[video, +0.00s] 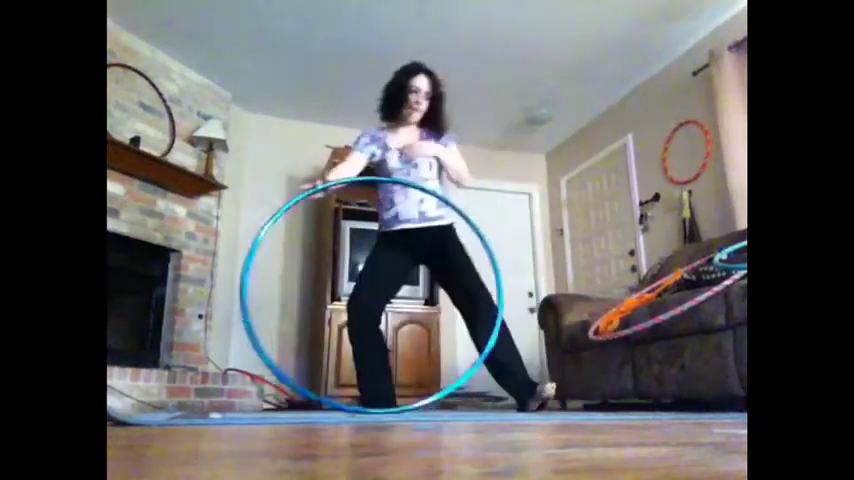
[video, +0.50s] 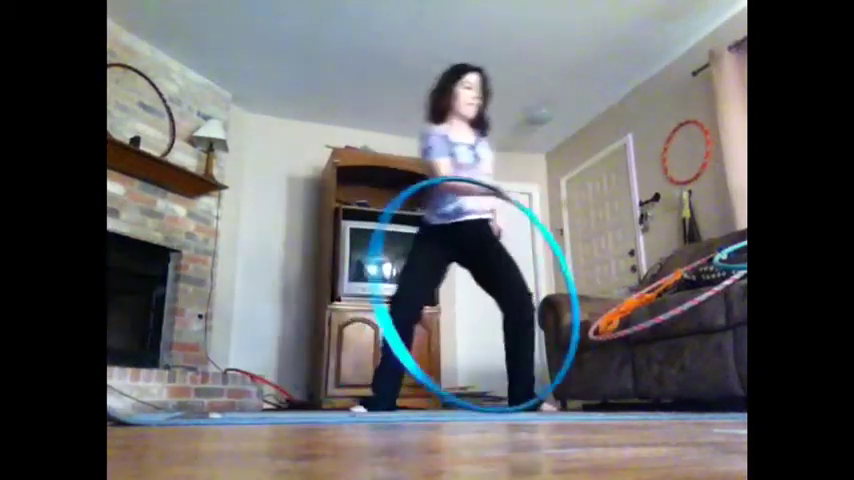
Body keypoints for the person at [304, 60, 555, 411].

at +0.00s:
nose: (418, 100)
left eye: (425, 95)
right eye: (412, 92)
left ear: (432, 101)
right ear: (397, 94)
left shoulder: (440, 139)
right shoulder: (376, 138)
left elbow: (463, 179)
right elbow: (349, 167)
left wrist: (437, 151)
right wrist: (327, 180)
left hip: (439, 234)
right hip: (395, 238)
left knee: (479, 306)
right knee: (361, 309)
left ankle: (526, 392)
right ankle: (379, 406)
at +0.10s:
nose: (416, 105)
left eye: (421, 101)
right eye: (409, 97)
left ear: (425, 108)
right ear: (391, 99)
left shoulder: (433, 145)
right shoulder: (372, 147)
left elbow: (450, 184)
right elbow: (351, 182)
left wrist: (444, 181)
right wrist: (339, 184)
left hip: (440, 236)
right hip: (398, 242)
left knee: (485, 304)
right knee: (361, 311)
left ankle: (525, 395)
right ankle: (380, 407)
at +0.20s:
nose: (418, 105)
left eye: (424, 100)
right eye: (411, 97)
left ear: (428, 107)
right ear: (393, 100)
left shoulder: (435, 145)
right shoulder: (377, 147)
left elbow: (450, 186)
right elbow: (357, 190)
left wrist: (456, 196)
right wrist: (363, 188)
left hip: (444, 236)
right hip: (402, 243)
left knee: (489, 303)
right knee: (366, 308)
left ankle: (523, 399)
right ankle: (380, 404)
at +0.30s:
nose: (429, 103)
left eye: (434, 98)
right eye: (421, 95)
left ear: (438, 106)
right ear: (402, 99)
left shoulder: (443, 144)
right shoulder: (386, 147)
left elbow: (458, 185)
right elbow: (381, 196)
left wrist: (475, 217)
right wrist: (403, 180)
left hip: (451, 234)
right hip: (410, 241)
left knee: (496, 302)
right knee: (375, 306)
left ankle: (520, 397)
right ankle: (378, 402)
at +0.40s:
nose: (452, 99)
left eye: (458, 94)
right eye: (445, 90)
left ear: (463, 102)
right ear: (427, 95)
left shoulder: (466, 142)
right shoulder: (414, 138)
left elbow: (471, 188)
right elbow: (418, 187)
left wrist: (485, 220)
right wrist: (453, 185)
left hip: (466, 233)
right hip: (425, 236)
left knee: (510, 302)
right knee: (390, 306)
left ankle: (522, 398)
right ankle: (381, 401)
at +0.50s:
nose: (473, 95)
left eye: (478, 90)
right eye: (466, 87)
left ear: (484, 100)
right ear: (447, 93)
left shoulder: (482, 143)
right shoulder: (436, 135)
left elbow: (485, 188)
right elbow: (446, 184)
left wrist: (493, 218)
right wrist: (492, 194)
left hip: (476, 231)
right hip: (437, 231)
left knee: (519, 303)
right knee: (404, 307)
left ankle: (523, 399)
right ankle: (382, 401)